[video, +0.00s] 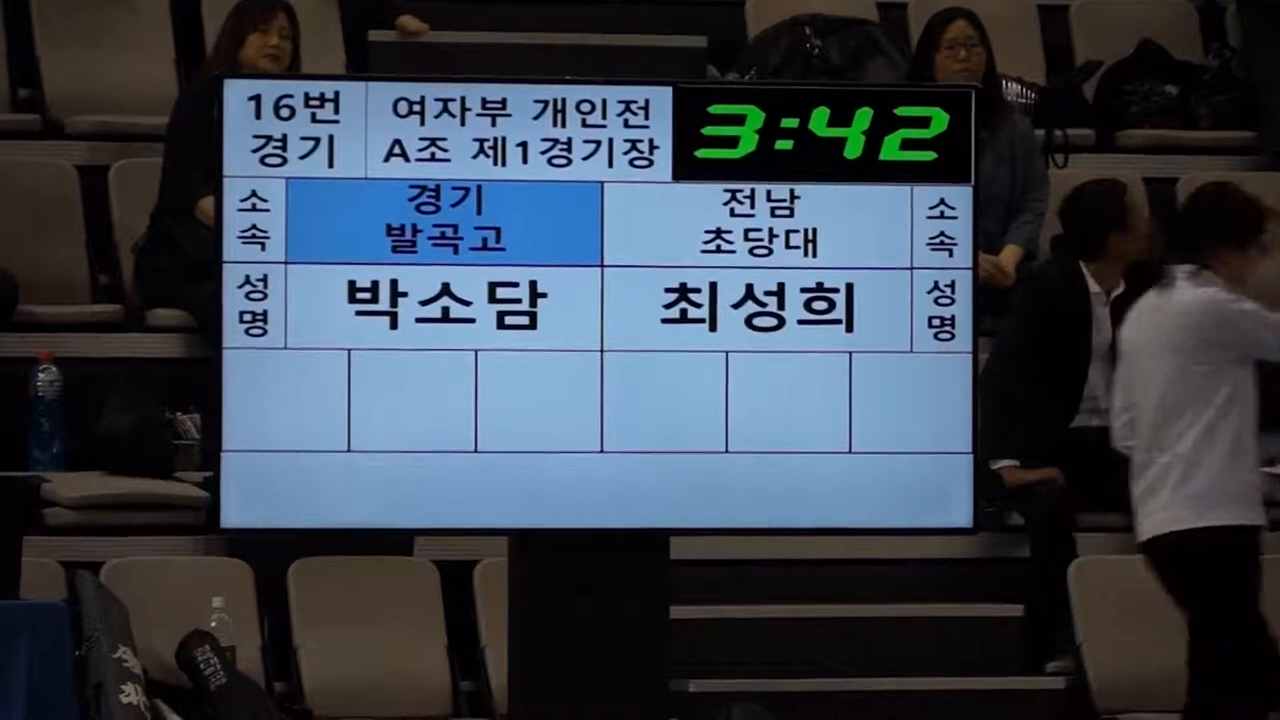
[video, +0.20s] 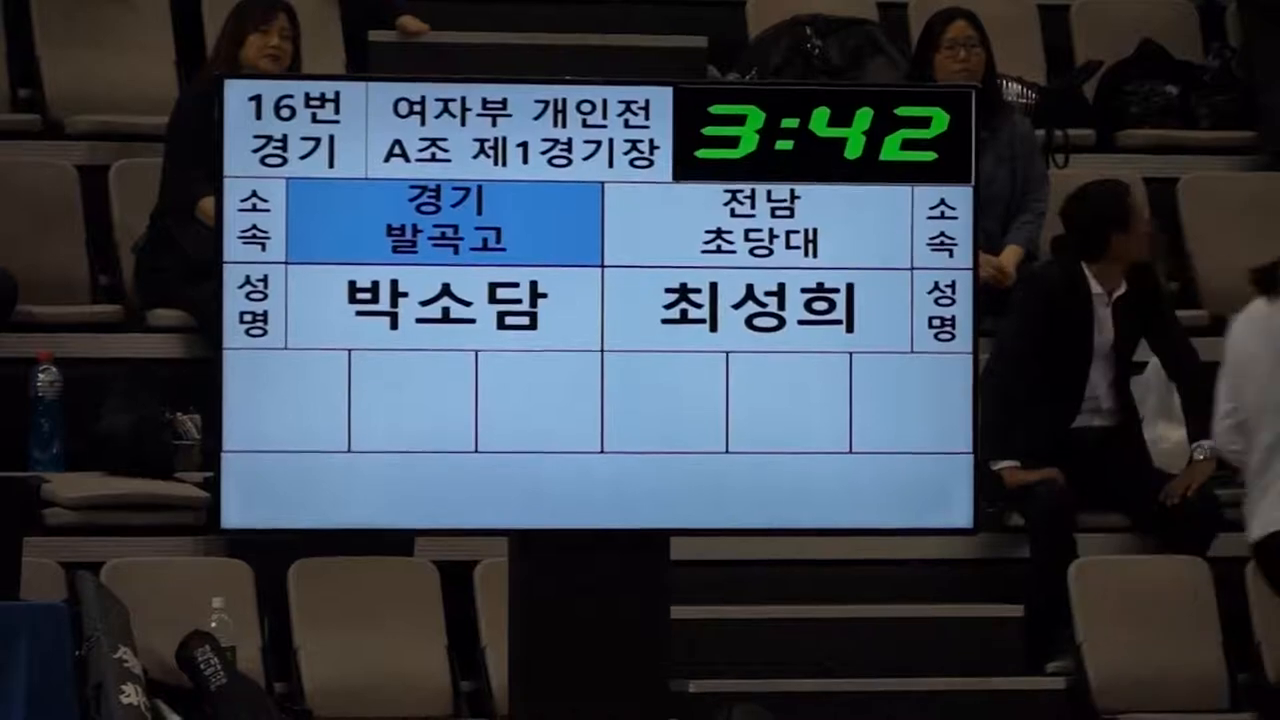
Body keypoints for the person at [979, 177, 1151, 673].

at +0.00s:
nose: (1148, 230)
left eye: (1145, 220)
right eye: (1137, 222)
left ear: (1109, 234)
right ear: (1109, 233)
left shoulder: (1138, 292)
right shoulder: (1046, 286)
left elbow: (1152, 375)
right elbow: (1005, 373)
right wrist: (1007, 460)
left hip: (1115, 444)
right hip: (1048, 446)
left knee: (1164, 487)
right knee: (1052, 506)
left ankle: (1148, 636)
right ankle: (1050, 643)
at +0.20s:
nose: (1150, 231)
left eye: (1146, 222)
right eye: (1140, 224)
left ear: (1118, 236)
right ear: (1112, 235)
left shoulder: (1139, 285)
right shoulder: (1044, 286)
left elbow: (1186, 365)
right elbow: (1001, 376)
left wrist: (1202, 450)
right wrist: (1007, 466)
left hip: (1114, 450)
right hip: (1044, 454)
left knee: (1190, 513)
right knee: (1052, 507)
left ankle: (1170, 648)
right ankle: (1053, 647)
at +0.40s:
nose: (1152, 227)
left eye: (1147, 218)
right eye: (1142, 220)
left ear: (1120, 234)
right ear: (1116, 233)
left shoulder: (1143, 282)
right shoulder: (1046, 283)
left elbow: (1188, 362)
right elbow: (1003, 373)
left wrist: (1204, 447)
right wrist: (1010, 463)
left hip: (1116, 446)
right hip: (1045, 449)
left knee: (1195, 508)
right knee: (1054, 504)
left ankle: (1158, 638)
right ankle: (1055, 643)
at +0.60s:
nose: (1148, 224)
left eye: (1144, 215)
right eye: (1138, 218)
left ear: (1116, 232)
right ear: (1114, 232)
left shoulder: (1139, 280)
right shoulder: (1042, 280)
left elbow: (1184, 359)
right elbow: (999, 371)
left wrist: (1200, 444)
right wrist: (1005, 460)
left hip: (1111, 443)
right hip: (1040, 446)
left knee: (1189, 506)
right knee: (1050, 502)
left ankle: (1153, 636)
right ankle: (1049, 641)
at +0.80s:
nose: (1009, 227)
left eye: (1005, 217)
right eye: (1001, 218)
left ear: (982, 228)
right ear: (978, 227)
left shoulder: (1003, 276)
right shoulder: (907, 275)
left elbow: (1046, 355)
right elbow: (871, 361)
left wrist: (1060, 438)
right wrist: (866, 446)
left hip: (977, 434)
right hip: (909, 434)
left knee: (1041, 499)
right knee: (908, 497)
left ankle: (1020, 628)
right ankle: (907, 630)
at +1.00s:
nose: (818, 221)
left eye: (814, 211)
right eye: (808, 213)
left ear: (790, 224)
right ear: (783, 224)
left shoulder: (810, 277)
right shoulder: (715, 274)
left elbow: (853, 353)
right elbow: (677, 358)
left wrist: (866, 431)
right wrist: (676, 443)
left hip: (785, 428)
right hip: (717, 429)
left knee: (847, 493)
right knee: (718, 491)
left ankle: (839, 623)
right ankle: (716, 622)